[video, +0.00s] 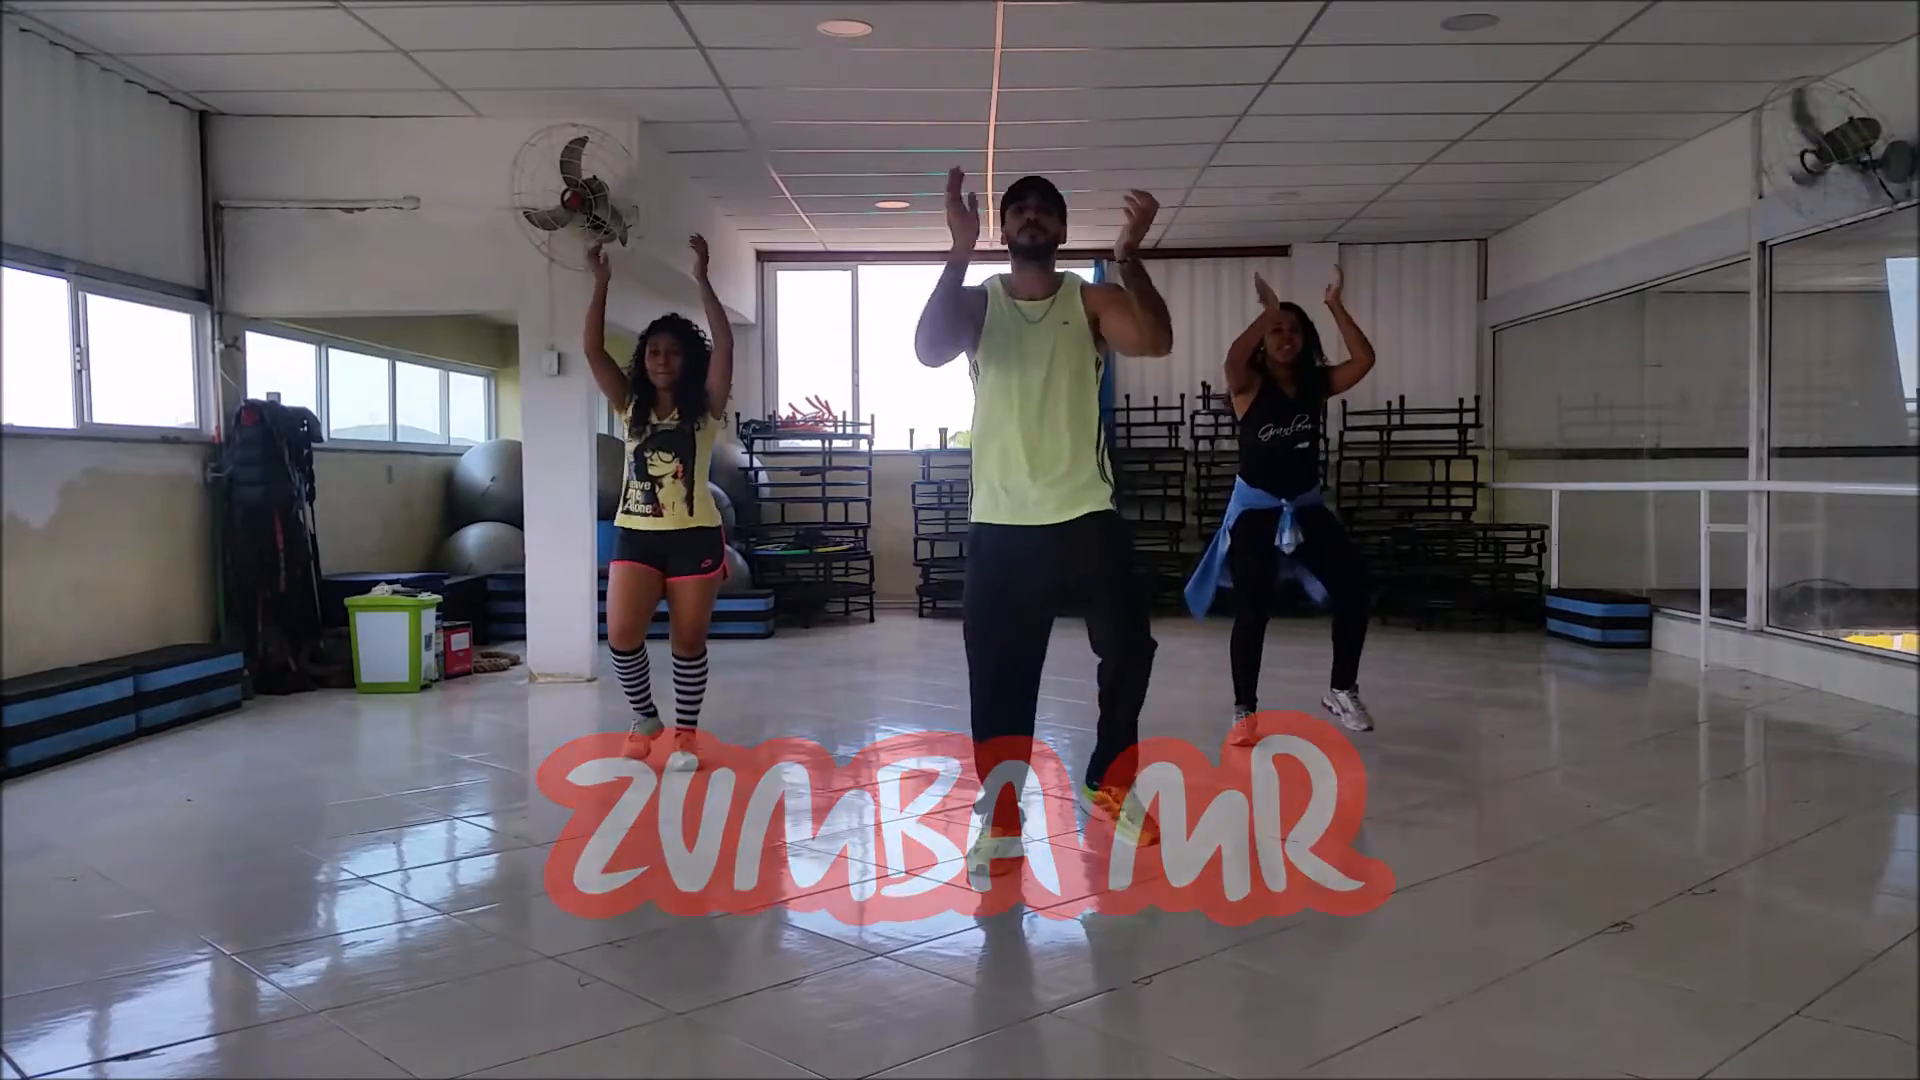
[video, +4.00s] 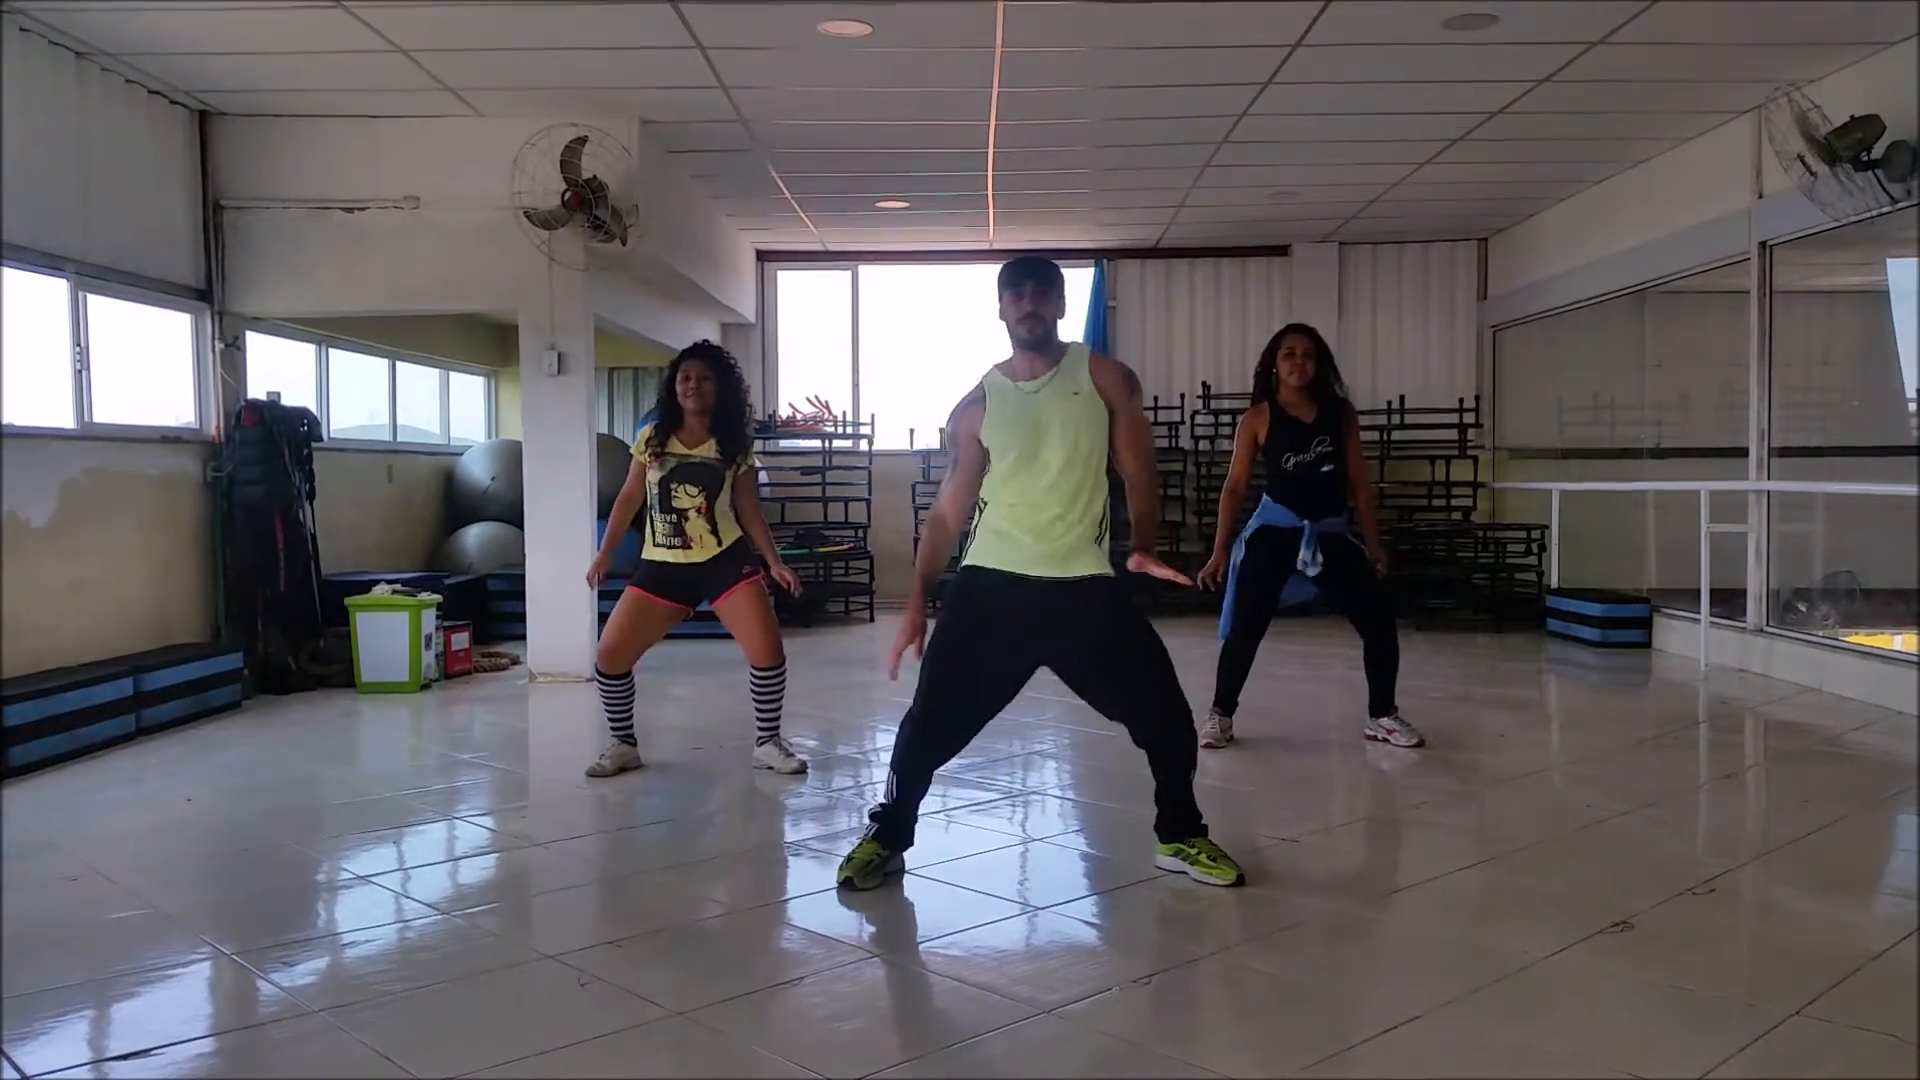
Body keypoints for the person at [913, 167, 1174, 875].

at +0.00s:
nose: (1032, 219)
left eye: (1045, 212)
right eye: (1019, 211)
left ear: (1064, 231)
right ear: (1002, 228)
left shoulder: (1089, 296)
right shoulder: (977, 300)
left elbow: (1155, 339)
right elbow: (931, 348)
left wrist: (1129, 258)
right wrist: (961, 248)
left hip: (1087, 517)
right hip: (1002, 522)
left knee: (1129, 647)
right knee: (999, 682)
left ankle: (1108, 785)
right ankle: (1000, 817)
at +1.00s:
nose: (1013, 242)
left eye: (1026, 230)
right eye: (1001, 229)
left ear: (1047, 239)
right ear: (985, 237)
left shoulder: (1085, 322)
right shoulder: (946, 329)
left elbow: (1136, 406)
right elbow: (907, 419)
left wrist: (1119, 465)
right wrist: (897, 498)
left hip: (1070, 540)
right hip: (976, 542)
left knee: (1125, 685)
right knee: (937, 695)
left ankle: (1133, 817)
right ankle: (915, 829)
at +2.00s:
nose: (1042, 301)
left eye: (1056, 291)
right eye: (1032, 289)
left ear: (1072, 300)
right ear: (1014, 294)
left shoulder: (1094, 388)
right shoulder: (962, 380)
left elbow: (1132, 480)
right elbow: (927, 471)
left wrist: (1167, 559)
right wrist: (917, 547)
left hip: (1095, 583)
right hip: (1002, 591)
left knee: (1169, 711)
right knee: (949, 719)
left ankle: (1184, 830)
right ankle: (892, 836)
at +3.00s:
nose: (1043, 310)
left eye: (1056, 300)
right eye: (1031, 298)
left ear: (1072, 309)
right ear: (1012, 305)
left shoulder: (1093, 390)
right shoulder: (964, 393)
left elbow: (1137, 481)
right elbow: (920, 479)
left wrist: (1172, 544)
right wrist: (945, 549)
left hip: (1105, 578)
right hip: (1014, 587)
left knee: (1174, 710)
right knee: (960, 721)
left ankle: (1182, 833)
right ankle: (894, 838)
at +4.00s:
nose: (1031, 305)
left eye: (1043, 294)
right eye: (1018, 294)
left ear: (1062, 304)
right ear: (1000, 308)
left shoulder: (1106, 378)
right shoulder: (977, 408)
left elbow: (1139, 471)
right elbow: (947, 514)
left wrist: (1143, 544)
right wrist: (917, 600)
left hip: (1087, 591)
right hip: (990, 591)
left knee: (1166, 716)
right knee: (929, 717)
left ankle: (1180, 832)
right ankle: (888, 836)